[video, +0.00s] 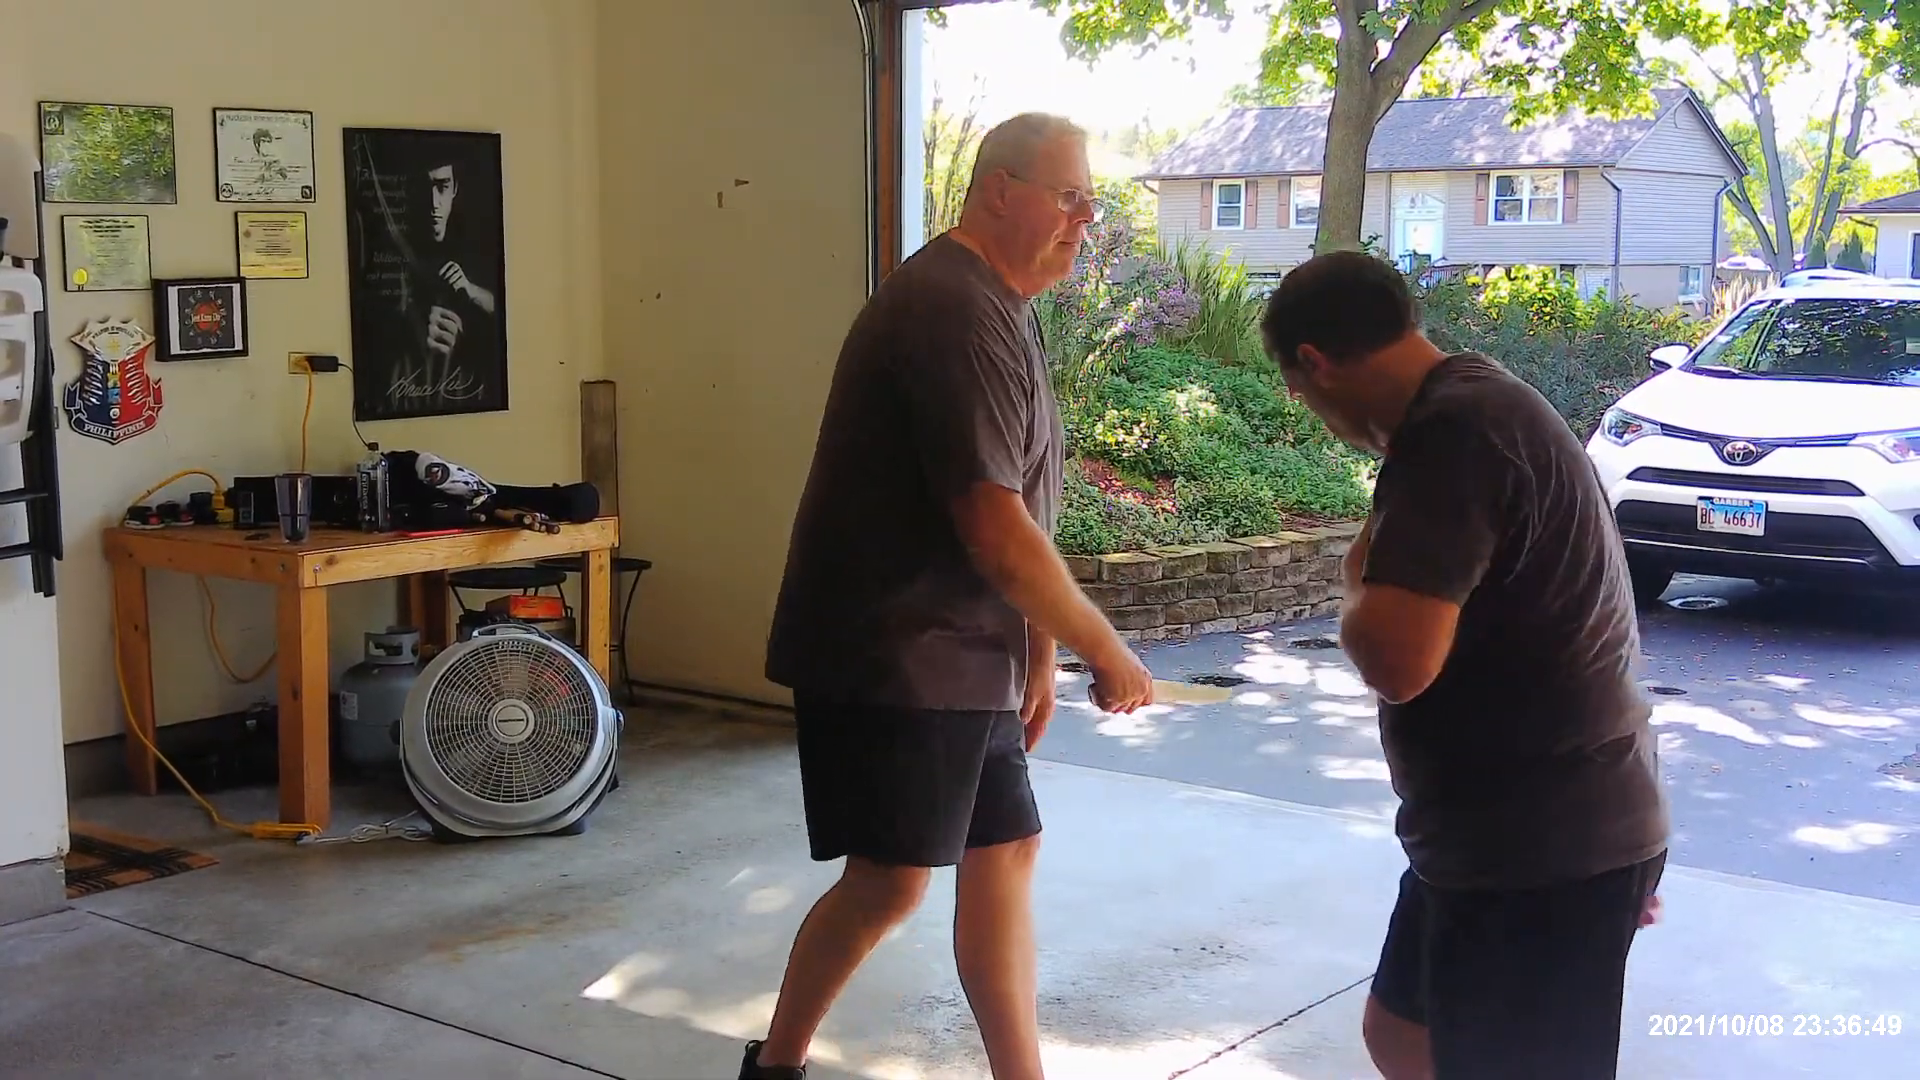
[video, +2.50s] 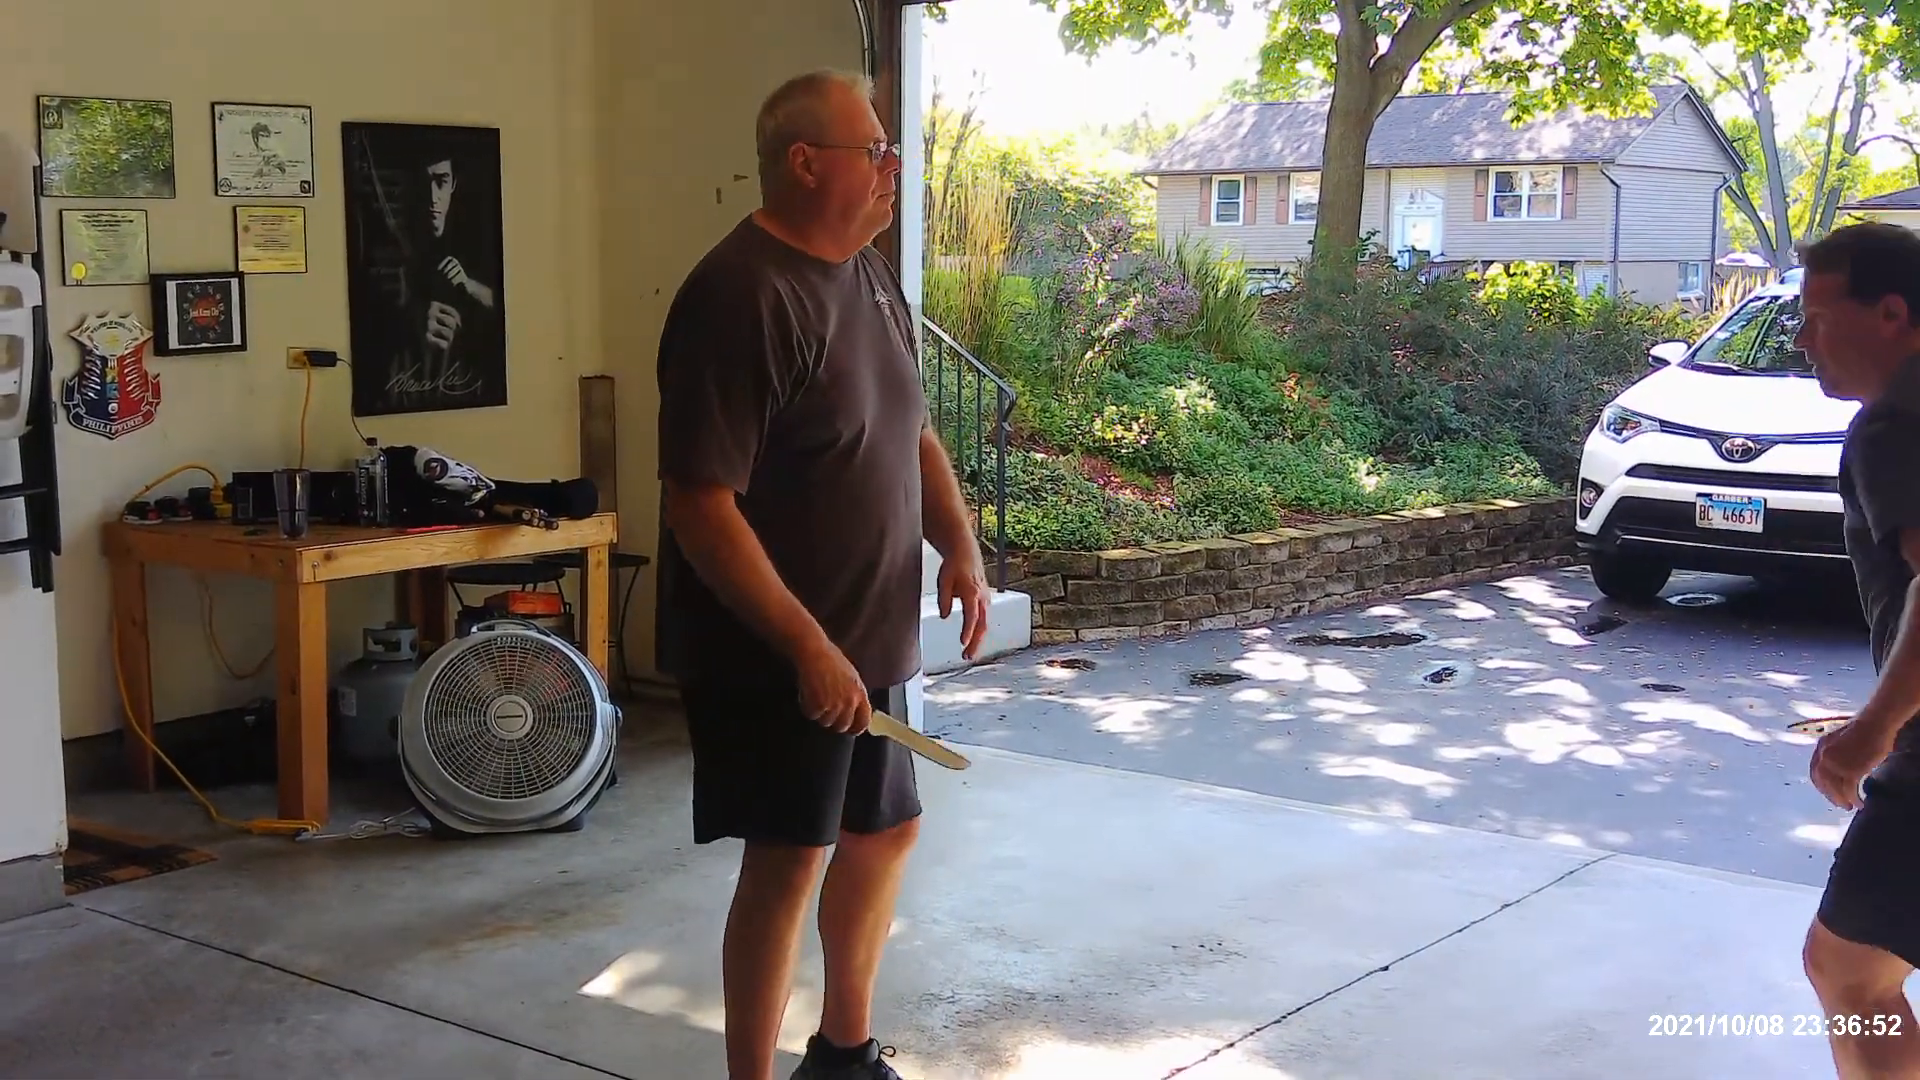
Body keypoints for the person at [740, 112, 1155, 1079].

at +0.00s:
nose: (1085, 223)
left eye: (1090, 203)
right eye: (1071, 199)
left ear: (1013, 200)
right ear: (1003, 194)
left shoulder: (995, 309)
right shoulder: (954, 306)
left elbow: (1014, 502)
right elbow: (989, 521)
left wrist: (1037, 641)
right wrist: (1105, 648)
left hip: (965, 650)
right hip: (891, 651)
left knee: (1004, 845)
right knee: (888, 877)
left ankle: (1020, 1073)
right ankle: (775, 1061)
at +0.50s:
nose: (875, 182)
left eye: (885, 162)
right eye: (848, 166)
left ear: (899, 174)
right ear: (797, 183)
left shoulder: (903, 291)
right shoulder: (754, 311)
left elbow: (950, 456)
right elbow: (707, 509)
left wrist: (982, 604)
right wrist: (697, 692)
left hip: (916, 640)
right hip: (803, 657)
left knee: (948, 830)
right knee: (811, 845)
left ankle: (960, 1065)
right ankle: (782, 1062)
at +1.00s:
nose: (899, 176)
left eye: (897, 159)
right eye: (878, 159)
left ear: (863, 175)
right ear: (808, 170)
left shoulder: (887, 291)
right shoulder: (725, 295)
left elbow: (934, 459)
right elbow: (653, 473)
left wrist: (962, 612)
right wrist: (673, 643)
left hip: (876, 627)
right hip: (772, 636)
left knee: (888, 823)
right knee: (797, 835)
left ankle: (840, 1049)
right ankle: (777, 1063)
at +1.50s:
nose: (945, 195)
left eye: (945, 176)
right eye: (934, 174)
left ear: (876, 173)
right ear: (875, 170)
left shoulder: (889, 287)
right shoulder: (784, 284)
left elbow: (919, 463)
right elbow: (750, 475)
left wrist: (955, 598)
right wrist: (806, 636)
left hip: (889, 632)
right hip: (804, 639)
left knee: (876, 827)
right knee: (811, 838)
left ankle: (841, 1052)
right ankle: (780, 1065)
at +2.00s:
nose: (956, 193)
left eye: (955, 174)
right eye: (944, 173)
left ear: (887, 176)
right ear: (883, 174)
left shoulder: (907, 289)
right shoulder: (797, 284)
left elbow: (932, 460)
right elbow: (760, 481)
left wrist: (978, 597)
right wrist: (817, 647)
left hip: (889, 631)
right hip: (807, 638)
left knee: (876, 830)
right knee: (822, 847)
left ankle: (839, 1053)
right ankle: (759, 1072)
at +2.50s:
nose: (894, 167)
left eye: (889, 148)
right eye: (876, 150)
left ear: (819, 166)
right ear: (809, 166)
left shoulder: (866, 274)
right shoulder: (733, 295)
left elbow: (909, 429)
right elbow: (698, 505)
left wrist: (959, 544)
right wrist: (810, 646)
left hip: (872, 631)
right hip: (773, 647)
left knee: (883, 826)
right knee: (787, 854)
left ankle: (845, 1050)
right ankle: (750, 1072)